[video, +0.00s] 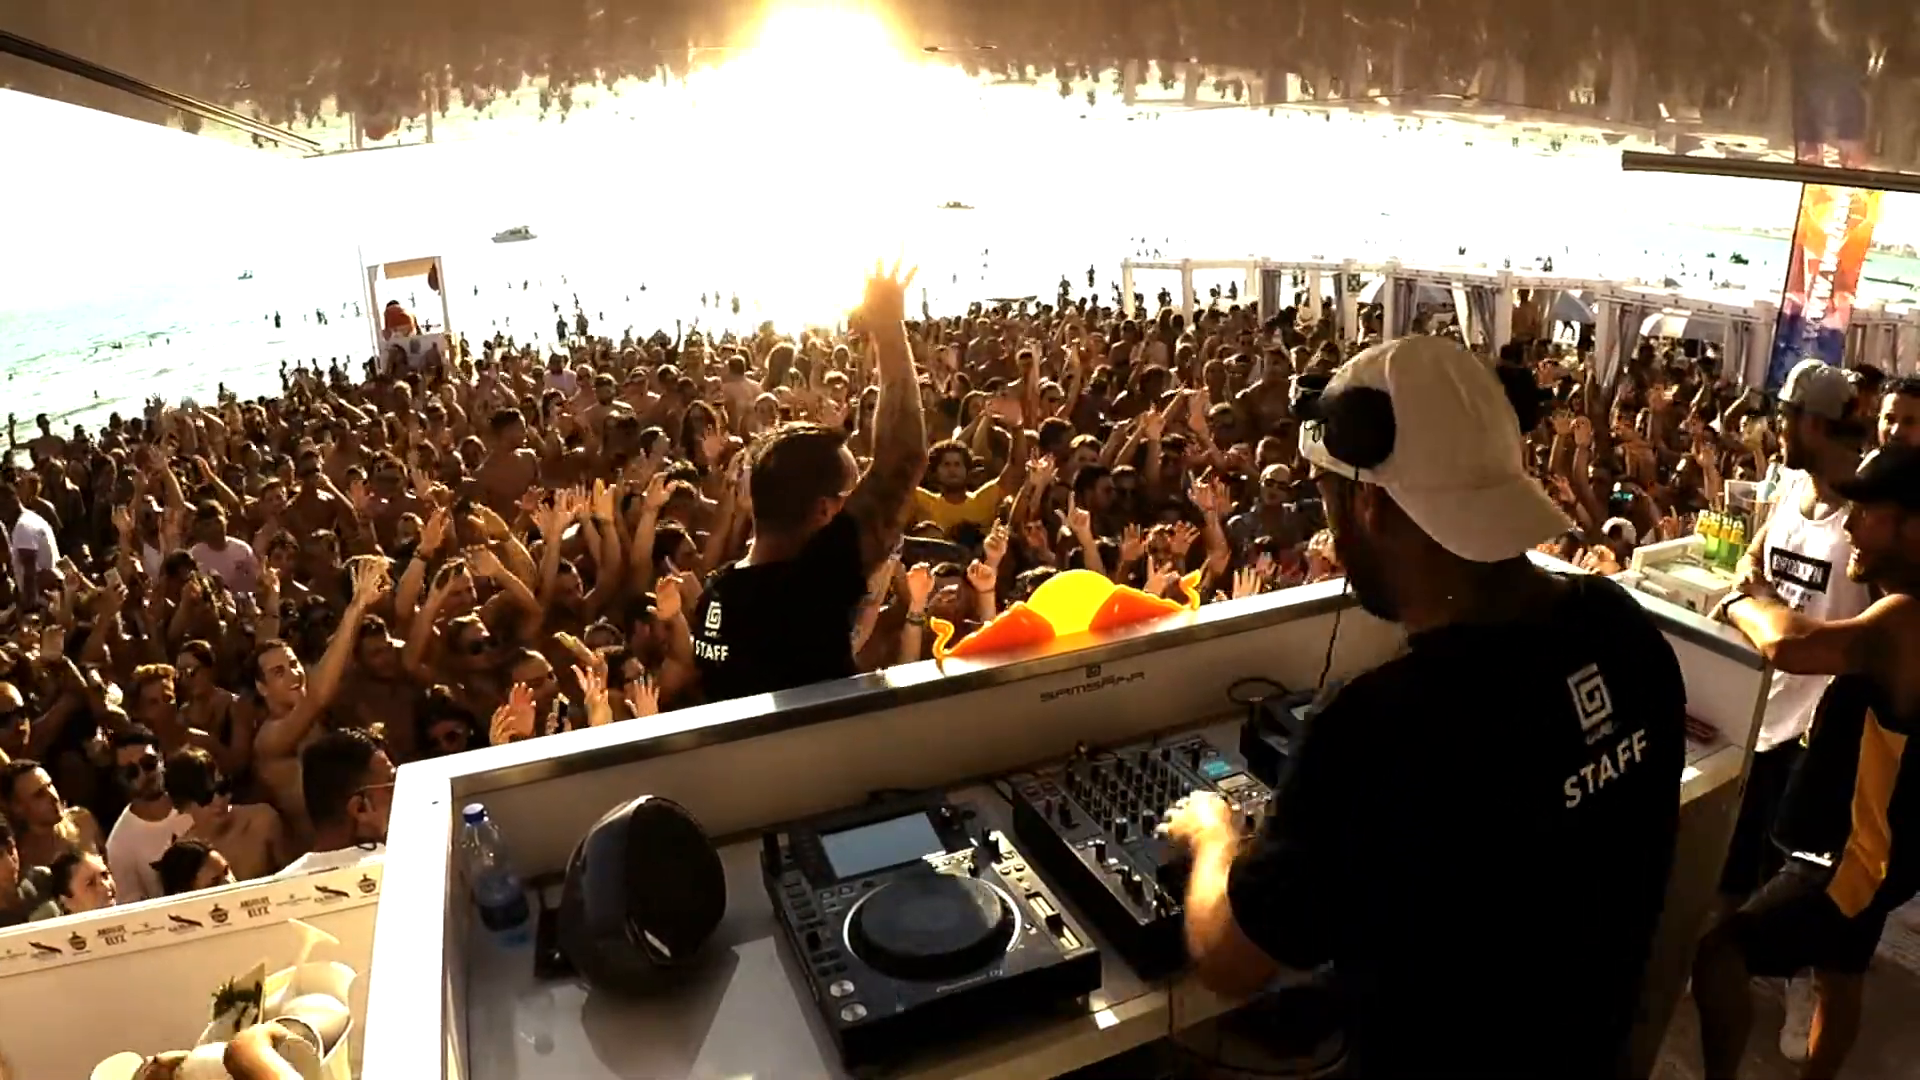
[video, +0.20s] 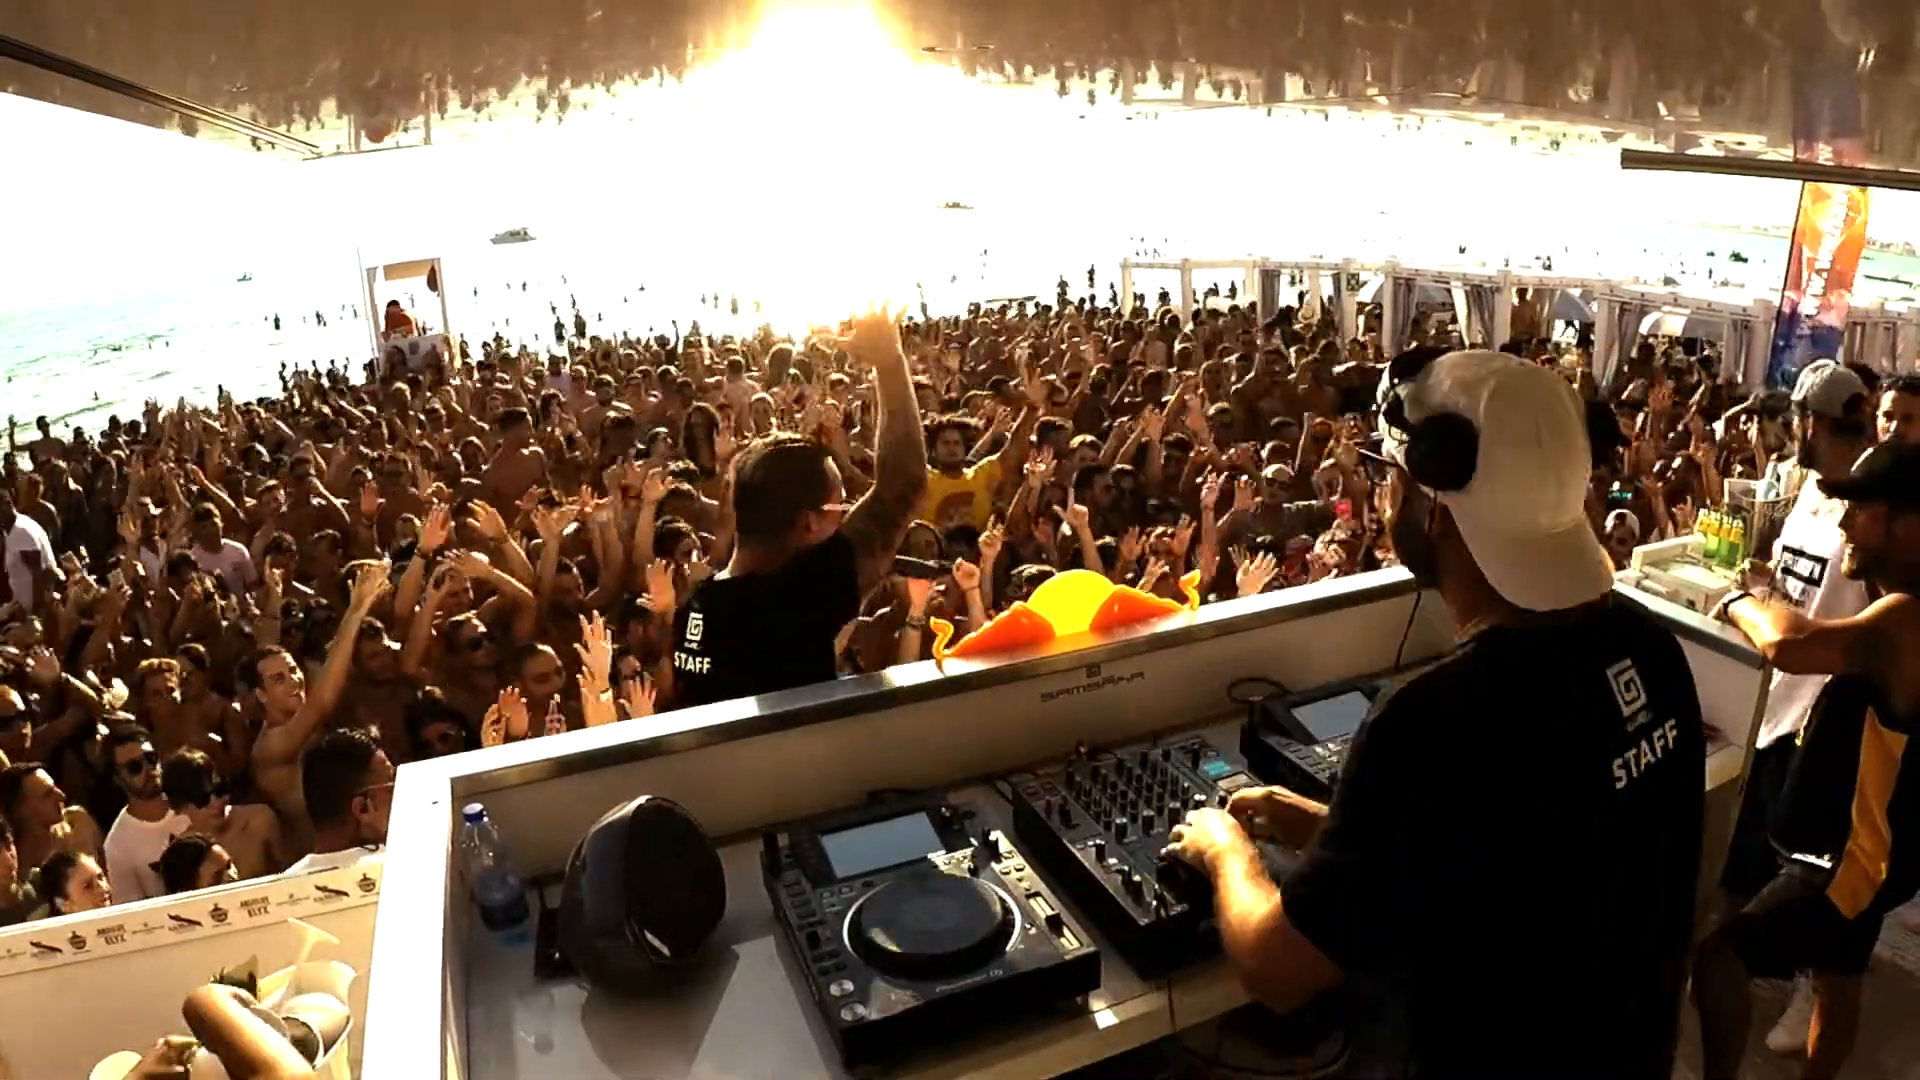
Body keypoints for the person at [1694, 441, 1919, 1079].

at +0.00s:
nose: (1849, 527)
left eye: (1864, 511)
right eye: (1853, 511)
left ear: (1907, 524)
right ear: (1901, 527)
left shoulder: (1900, 620)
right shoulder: (1904, 610)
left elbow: (1788, 647)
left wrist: (1740, 602)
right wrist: (1771, 599)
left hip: (1855, 864)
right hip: (1875, 854)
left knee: (1720, 951)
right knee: (1840, 983)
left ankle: (1717, 1074)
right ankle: (1816, 1075)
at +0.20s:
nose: (1843, 524)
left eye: (1856, 510)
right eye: (1846, 509)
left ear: (1897, 522)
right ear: (1893, 523)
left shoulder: (1899, 619)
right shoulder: (1900, 609)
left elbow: (1790, 647)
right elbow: (1815, 639)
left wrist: (1743, 602)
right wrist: (1777, 600)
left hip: (1853, 864)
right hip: (1870, 854)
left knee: (1719, 956)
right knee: (1837, 988)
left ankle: (1718, 1073)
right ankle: (1815, 1077)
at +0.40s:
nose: (1843, 522)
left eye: (1855, 509)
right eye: (1847, 508)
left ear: (1896, 521)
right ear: (1892, 522)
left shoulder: (1899, 617)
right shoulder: (1899, 605)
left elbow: (1789, 638)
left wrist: (1743, 603)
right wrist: (1796, 650)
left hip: (1857, 863)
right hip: (1868, 852)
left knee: (1719, 954)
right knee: (1838, 983)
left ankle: (1717, 1072)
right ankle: (1820, 1069)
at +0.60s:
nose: (1843, 529)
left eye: (1856, 515)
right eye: (1845, 514)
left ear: (1901, 526)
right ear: (1897, 529)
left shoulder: (1900, 619)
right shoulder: (1904, 609)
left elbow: (1787, 646)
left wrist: (1741, 603)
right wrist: (1792, 605)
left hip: (1855, 861)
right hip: (1872, 851)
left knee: (1719, 958)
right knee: (1840, 986)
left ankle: (1718, 1075)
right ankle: (1820, 1069)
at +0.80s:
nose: (1845, 528)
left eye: (1857, 515)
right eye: (1848, 514)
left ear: (1899, 528)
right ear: (1898, 530)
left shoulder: (1898, 623)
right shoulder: (1910, 608)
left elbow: (1787, 649)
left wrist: (1744, 601)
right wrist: (1814, 612)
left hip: (1854, 862)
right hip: (1886, 856)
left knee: (1718, 955)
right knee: (1845, 985)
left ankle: (1720, 1075)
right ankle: (1818, 1072)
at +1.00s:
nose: (1848, 530)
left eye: (1860, 515)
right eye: (1850, 515)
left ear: (1901, 526)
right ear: (1903, 528)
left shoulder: (1901, 622)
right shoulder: (1909, 607)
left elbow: (1789, 647)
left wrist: (1742, 604)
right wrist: (1837, 611)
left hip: (1855, 859)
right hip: (1881, 853)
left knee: (1715, 954)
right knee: (1845, 991)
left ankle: (1719, 1076)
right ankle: (1816, 1077)